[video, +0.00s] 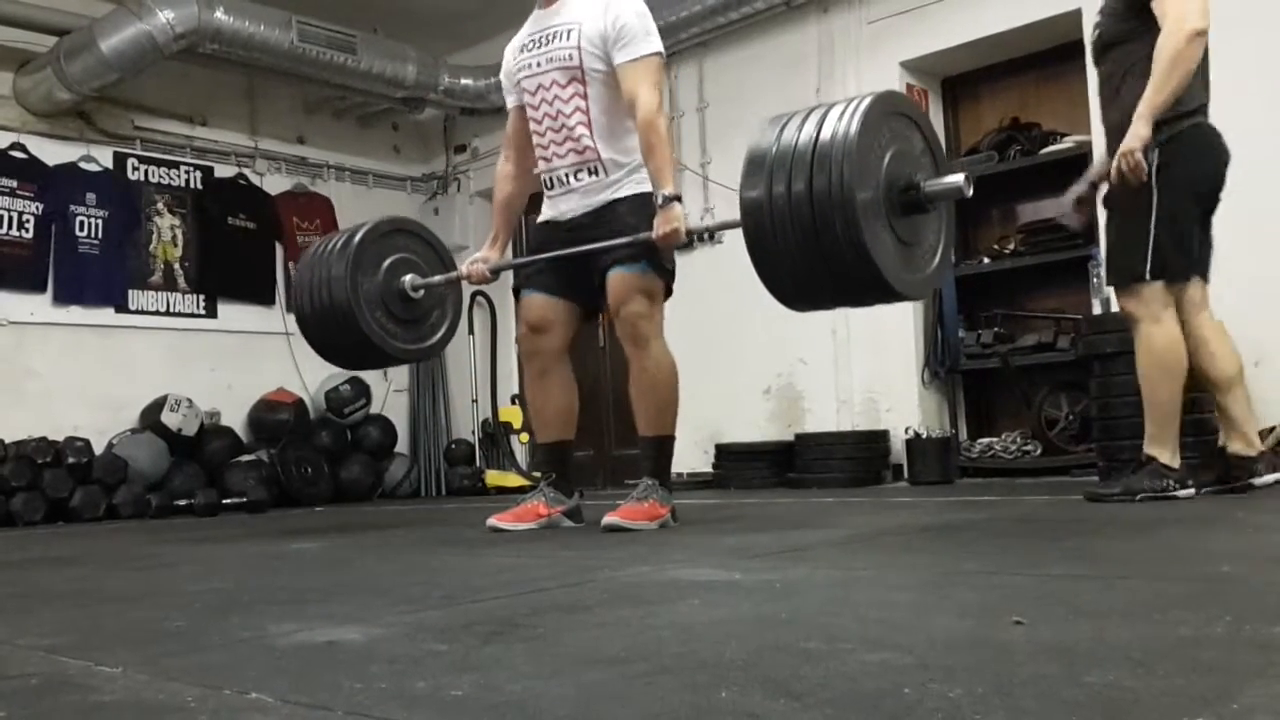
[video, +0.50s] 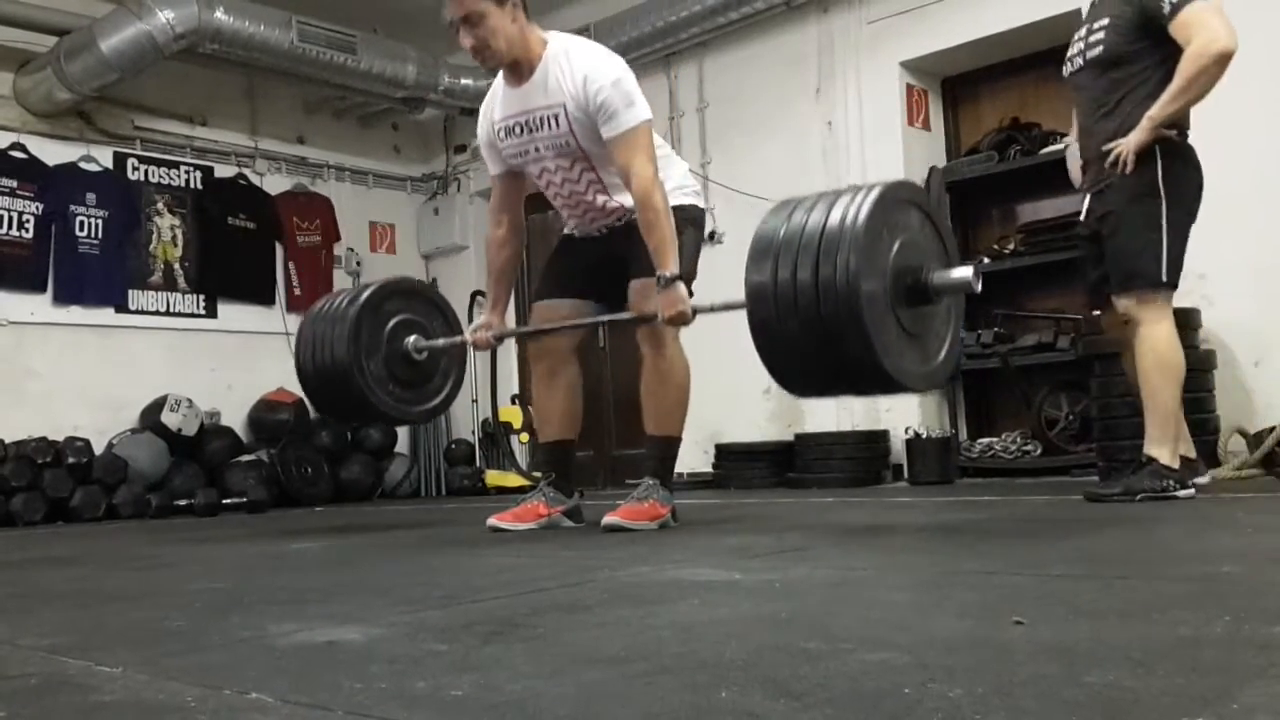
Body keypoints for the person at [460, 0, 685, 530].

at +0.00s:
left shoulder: (616, 11)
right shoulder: (515, 51)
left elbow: (646, 104)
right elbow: (514, 160)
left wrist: (667, 196)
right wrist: (493, 246)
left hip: (626, 195)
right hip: (556, 211)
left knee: (634, 315)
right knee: (538, 332)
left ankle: (655, 488)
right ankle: (556, 492)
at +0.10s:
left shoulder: (608, 16)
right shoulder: (507, 61)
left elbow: (646, 119)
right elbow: (510, 173)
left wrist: (669, 209)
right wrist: (494, 256)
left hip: (629, 202)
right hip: (561, 216)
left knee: (637, 316)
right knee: (538, 332)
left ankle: (656, 489)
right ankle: (556, 492)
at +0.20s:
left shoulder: (601, 25)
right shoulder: (502, 71)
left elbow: (643, 127)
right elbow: (510, 177)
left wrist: (668, 224)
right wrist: (495, 266)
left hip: (632, 210)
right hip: (565, 223)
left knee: (640, 315)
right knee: (538, 332)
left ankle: (656, 489)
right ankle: (556, 492)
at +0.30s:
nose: (482, 4)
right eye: (479, 0)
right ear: (489, 10)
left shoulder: (599, 40)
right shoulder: (499, 85)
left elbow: (643, 143)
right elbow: (507, 191)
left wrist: (668, 241)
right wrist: (494, 280)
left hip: (640, 204)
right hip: (573, 222)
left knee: (645, 318)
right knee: (541, 332)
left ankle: (656, 489)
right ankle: (557, 491)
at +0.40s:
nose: (471, 21)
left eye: (479, 4)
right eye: (464, 11)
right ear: (469, 18)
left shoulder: (596, 53)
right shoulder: (496, 99)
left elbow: (643, 161)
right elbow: (506, 205)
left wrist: (667, 258)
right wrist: (494, 293)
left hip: (648, 207)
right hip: (581, 224)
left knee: (650, 323)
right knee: (543, 338)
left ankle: (657, 489)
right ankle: (557, 492)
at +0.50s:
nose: (465, 41)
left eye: (472, 20)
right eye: (456, 29)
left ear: (514, 9)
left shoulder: (593, 71)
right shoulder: (494, 114)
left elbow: (643, 178)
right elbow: (504, 221)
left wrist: (668, 276)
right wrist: (494, 311)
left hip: (658, 207)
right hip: (588, 226)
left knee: (651, 316)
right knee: (547, 333)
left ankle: (658, 489)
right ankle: (557, 491)